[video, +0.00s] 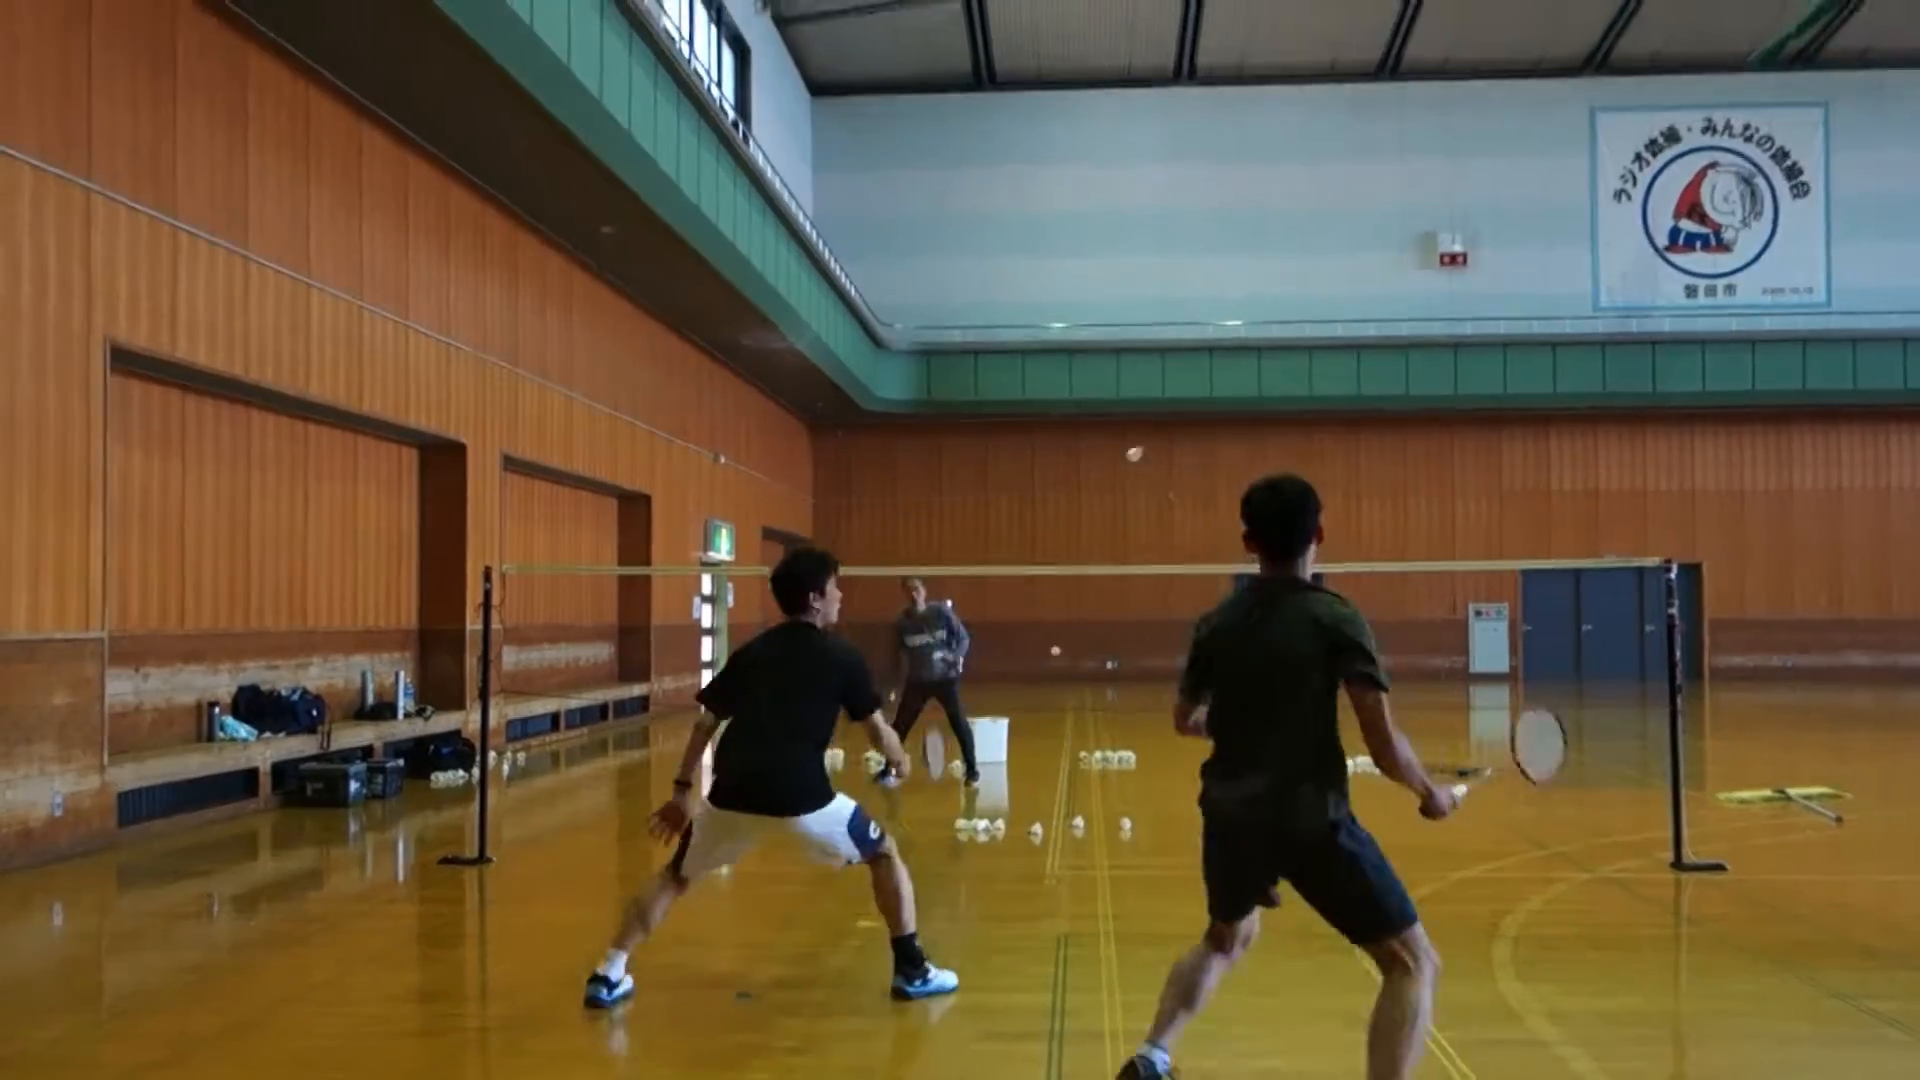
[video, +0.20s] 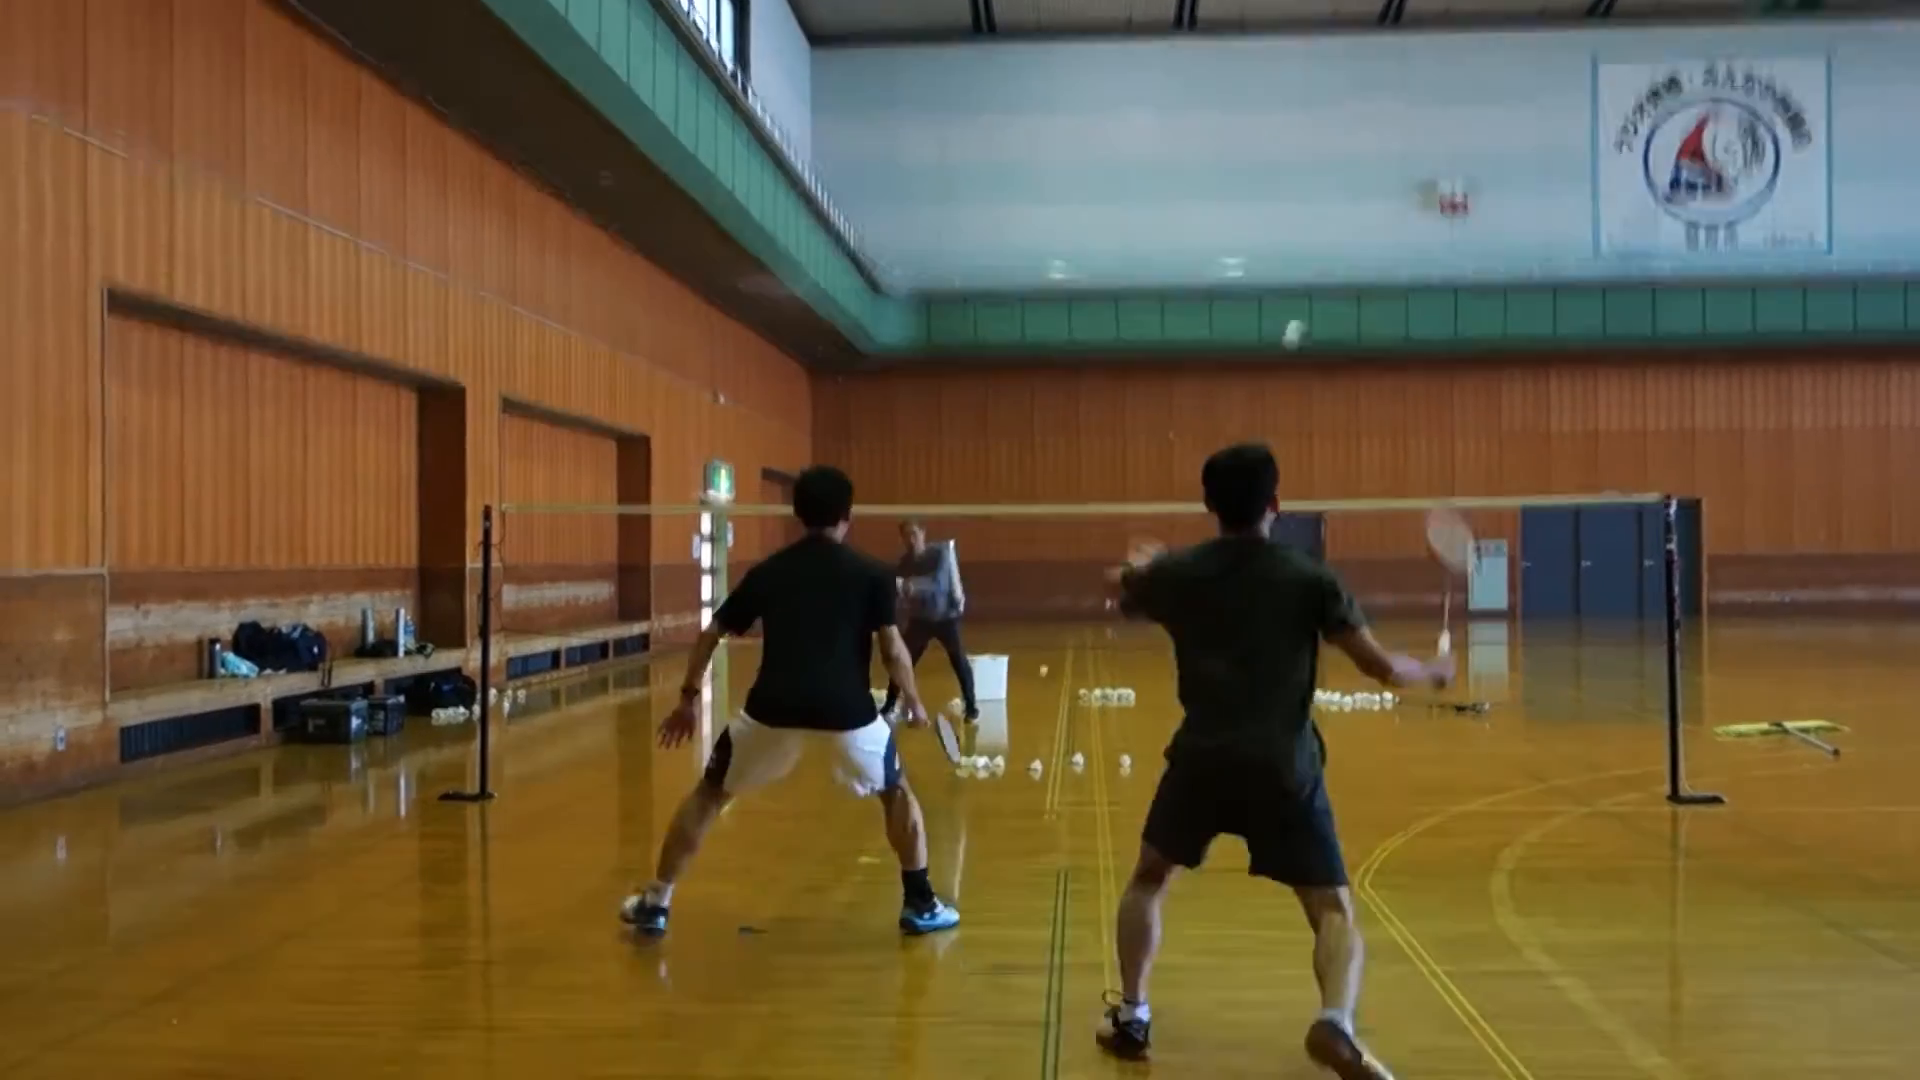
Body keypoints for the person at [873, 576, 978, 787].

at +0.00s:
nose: (914, 595)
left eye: (916, 589)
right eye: (910, 591)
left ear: (924, 590)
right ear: (905, 594)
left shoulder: (941, 612)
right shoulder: (903, 622)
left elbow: (963, 637)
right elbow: (901, 656)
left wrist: (958, 658)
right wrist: (898, 686)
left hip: (944, 678)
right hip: (917, 681)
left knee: (958, 723)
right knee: (900, 725)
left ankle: (971, 768)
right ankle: (888, 767)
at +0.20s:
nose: (912, 539)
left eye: (915, 534)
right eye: (907, 535)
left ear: (922, 533)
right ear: (903, 538)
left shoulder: (941, 554)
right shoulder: (905, 563)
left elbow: (939, 585)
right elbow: (902, 594)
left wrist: (910, 585)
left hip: (945, 618)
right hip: (919, 620)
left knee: (958, 660)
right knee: (902, 662)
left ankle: (970, 704)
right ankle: (889, 705)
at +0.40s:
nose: (917, 507)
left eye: (920, 502)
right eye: (912, 504)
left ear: (928, 503)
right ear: (908, 507)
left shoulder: (943, 523)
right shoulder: (906, 536)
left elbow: (956, 552)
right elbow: (906, 565)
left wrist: (948, 576)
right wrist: (915, 587)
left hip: (947, 590)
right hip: (921, 592)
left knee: (961, 632)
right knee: (904, 636)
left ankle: (971, 677)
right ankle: (888, 677)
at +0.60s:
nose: (919, 534)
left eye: (922, 529)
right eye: (914, 530)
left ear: (928, 531)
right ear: (908, 535)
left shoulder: (945, 553)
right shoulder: (904, 565)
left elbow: (963, 580)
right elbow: (906, 596)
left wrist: (958, 607)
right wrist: (924, 612)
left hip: (946, 618)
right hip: (919, 621)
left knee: (960, 661)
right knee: (900, 664)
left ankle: (970, 708)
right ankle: (888, 709)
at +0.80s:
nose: (915, 553)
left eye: (918, 547)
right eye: (910, 549)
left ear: (925, 549)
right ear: (905, 553)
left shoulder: (941, 571)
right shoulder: (904, 580)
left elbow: (956, 599)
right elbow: (896, 612)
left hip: (946, 634)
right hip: (920, 636)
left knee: (961, 677)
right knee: (905, 681)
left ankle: (972, 723)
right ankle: (890, 723)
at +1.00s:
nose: (913, 553)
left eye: (916, 547)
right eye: (908, 549)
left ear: (923, 548)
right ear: (904, 552)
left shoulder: (941, 567)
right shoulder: (904, 577)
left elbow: (940, 598)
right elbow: (902, 605)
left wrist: (916, 604)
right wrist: (905, 624)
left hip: (946, 629)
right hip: (920, 630)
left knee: (960, 672)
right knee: (905, 674)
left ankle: (971, 717)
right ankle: (890, 717)